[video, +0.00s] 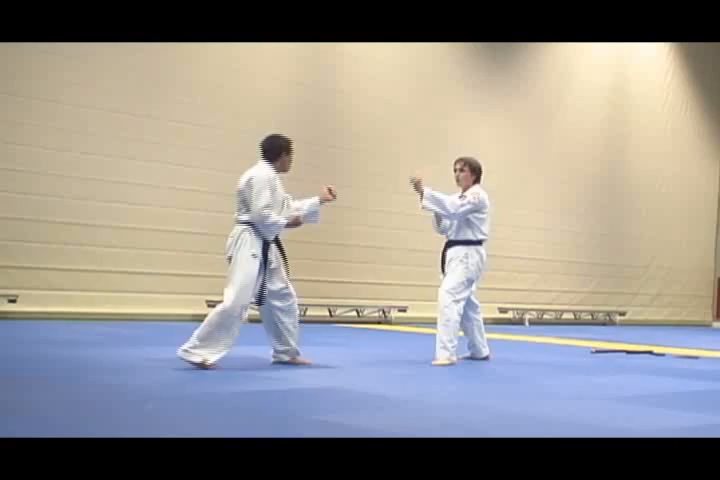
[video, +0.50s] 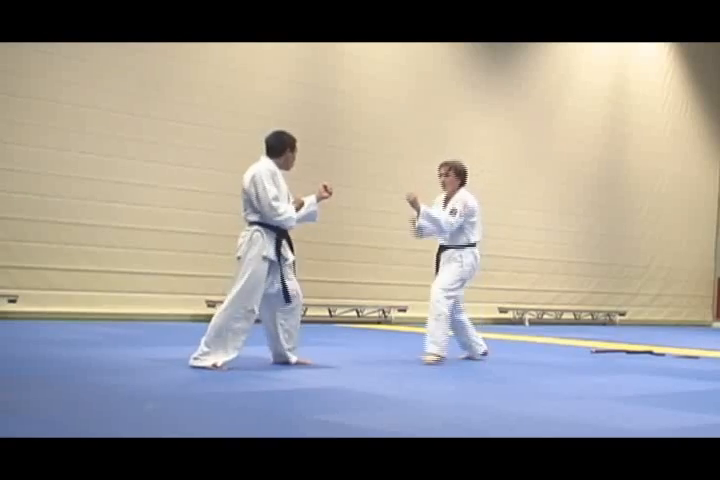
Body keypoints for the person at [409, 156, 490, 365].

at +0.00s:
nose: (458, 174)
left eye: (462, 171)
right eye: (456, 171)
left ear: (474, 174)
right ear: (455, 175)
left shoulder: (477, 194)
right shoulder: (458, 199)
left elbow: (454, 207)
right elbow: (444, 229)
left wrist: (424, 191)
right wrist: (437, 210)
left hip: (468, 251)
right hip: (454, 251)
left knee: (448, 295)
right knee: (467, 302)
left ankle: (446, 353)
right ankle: (479, 349)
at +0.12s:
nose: (457, 174)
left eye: (462, 170)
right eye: (456, 171)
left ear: (473, 174)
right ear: (454, 175)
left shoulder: (476, 194)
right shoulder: (458, 198)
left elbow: (453, 207)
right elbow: (444, 230)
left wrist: (422, 193)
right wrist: (438, 211)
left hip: (467, 251)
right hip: (453, 251)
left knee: (448, 296)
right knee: (466, 302)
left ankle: (446, 353)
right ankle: (479, 349)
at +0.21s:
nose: (455, 174)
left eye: (460, 170)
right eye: (454, 171)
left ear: (472, 173)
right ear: (453, 175)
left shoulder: (475, 194)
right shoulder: (455, 198)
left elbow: (451, 208)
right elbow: (443, 231)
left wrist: (420, 195)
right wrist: (440, 213)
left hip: (466, 251)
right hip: (452, 251)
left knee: (449, 296)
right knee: (466, 301)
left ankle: (446, 353)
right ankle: (479, 349)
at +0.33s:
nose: (451, 174)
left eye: (456, 170)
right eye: (450, 171)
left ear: (468, 173)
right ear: (449, 174)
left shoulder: (471, 194)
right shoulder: (453, 198)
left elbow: (449, 211)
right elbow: (440, 230)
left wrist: (418, 197)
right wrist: (434, 215)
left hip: (464, 251)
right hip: (451, 251)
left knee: (449, 297)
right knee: (466, 301)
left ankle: (447, 353)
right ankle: (480, 349)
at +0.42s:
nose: (448, 176)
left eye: (452, 172)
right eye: (446, 173)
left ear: (464, 174)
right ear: (446, 175)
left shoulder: (469, 195)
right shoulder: (450, 197)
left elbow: (448, 217)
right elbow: (441, 227)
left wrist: (418, 201)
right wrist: (430, 225)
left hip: (464, 251)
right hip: (449, 251)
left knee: (444, 294)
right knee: (460, 302)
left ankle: (445, 352)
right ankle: (478, 349)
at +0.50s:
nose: (442, 179)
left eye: (447, 175)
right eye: (440, 176)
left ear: (459, 178)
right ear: (439, 179)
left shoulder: (465, 200)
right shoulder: (440, 200)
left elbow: (450, 225)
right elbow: (436, 226)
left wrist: (420, 209)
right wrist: (420, 228)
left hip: (464, 254)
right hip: (446, 254)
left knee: (440, 292)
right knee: (452, 308)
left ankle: (435, 350)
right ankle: (476, 348)